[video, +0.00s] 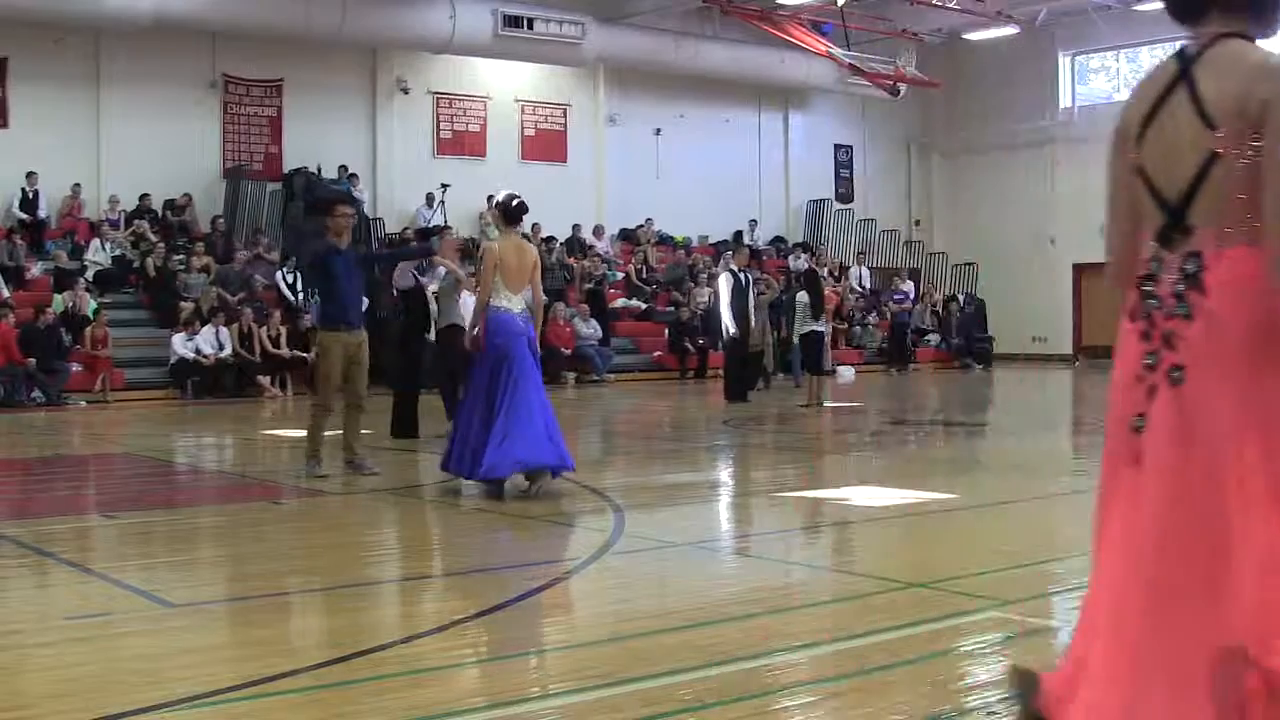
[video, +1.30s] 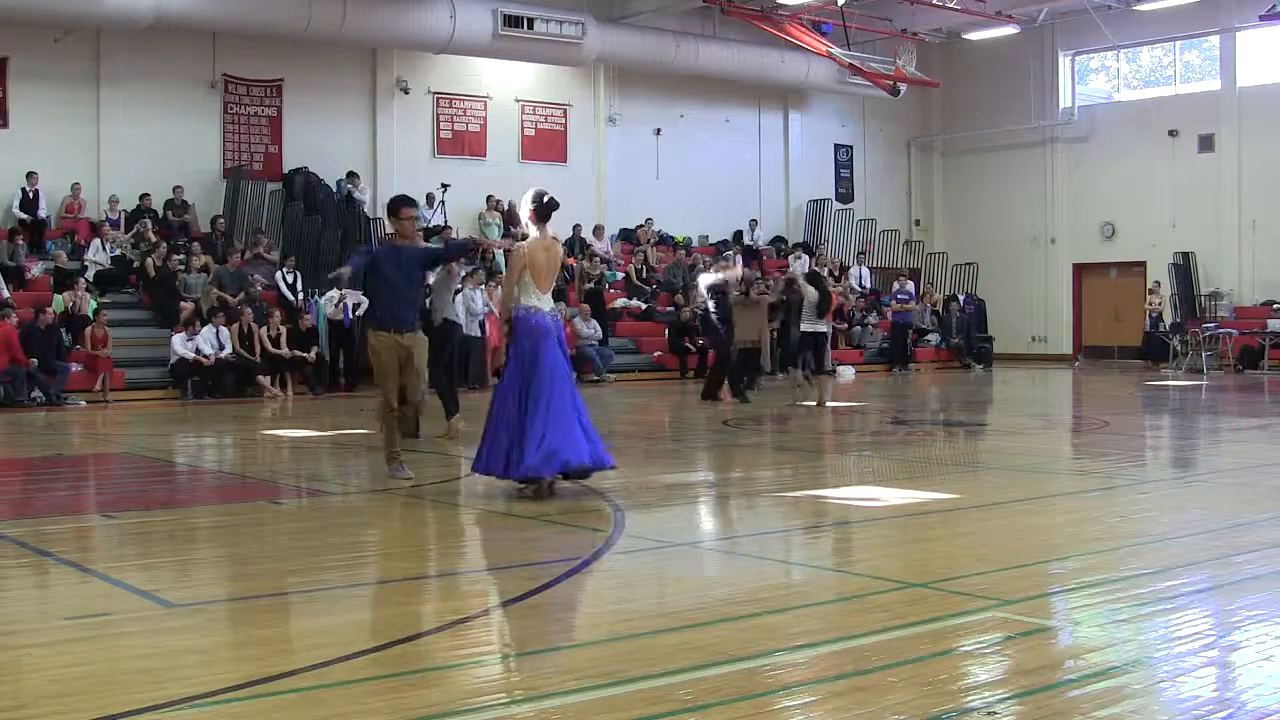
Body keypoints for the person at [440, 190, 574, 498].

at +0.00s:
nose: (490, 216)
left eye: (492, 213)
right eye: (493, 212)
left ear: (497, 217)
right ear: (519, 218)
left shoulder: (492, 249)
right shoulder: (531, 250)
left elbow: (484, 293)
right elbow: (538, 296)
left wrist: (471, 328)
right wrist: (536, 332)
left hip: (497, 322)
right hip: (523, 323)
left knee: (496, 393)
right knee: (523, 391)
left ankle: (495, 465)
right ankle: (533, 456)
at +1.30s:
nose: (522, 212)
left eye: (524, 208)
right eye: (525, 207)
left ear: (529, 212)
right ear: (549, 212)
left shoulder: (522, 249)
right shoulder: (557, 248)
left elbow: (509, 290)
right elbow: (548, 285)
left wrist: (503, 317)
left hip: (527, 322)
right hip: (551, 322)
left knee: (528, 393)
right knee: (549, 392)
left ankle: (533, 464)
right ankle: (547, 459)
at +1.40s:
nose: (518, 212)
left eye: (521, 208)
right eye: (520, 207)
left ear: (528, 213)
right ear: (546, 214)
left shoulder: (522, 248)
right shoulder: (555, 247)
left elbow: (509, 287)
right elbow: (544, 282)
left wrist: (499, 313)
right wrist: (516, 249)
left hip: (526, 323)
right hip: (549, 323)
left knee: (522, 393)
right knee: (547, 394)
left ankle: (521, 466)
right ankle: (546, 465)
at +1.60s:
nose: (512, 217)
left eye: (515, 212)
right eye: (514, 212)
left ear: (523, 217)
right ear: (540, 218)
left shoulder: (520, 250)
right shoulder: (547, 251)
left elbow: (499, 282)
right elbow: (532, 284)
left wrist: (479, 286)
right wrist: (499, 283)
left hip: (519, 326)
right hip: (541, 325)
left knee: (509, 394)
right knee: (544, 394)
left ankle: (504, 466)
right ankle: (550, 463)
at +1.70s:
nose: (508, 217)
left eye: (510, 213)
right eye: (510, 212)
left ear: (518, 219)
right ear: (536, 219)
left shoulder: (517, 250)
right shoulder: (541, 251)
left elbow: (488, 282)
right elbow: (524, 286)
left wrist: (463, 309)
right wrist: (492, 289)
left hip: (514, 327)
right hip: (534, 327)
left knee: (507, 395)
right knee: (538, 394)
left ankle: (503, 466)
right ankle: (547, 463)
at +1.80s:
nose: (505, 216)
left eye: (507, 212)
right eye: (507, 211)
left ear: (514, 217)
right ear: (531, 217)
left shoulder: (511, 248)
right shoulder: (534, 250)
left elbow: (480, 281)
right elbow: (518, 285)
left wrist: (452, 311)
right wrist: (487, 291)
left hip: (506, 325)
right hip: (526, 324)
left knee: (500, 393)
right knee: (531, 391)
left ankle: (501, 464)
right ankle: (546, 457)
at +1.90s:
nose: (498, 216)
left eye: (501, 211)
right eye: (500, 211)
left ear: (509, 216)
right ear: (526, 217)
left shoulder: (504, 250)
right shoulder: (532, 251)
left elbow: (472, 283)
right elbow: (515, 286)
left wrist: (444, 314)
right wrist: (481, 289)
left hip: (499, 324)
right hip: (521, 324)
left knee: (498, 391)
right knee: (523, 389)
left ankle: (500, 463)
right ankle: (539, 456)